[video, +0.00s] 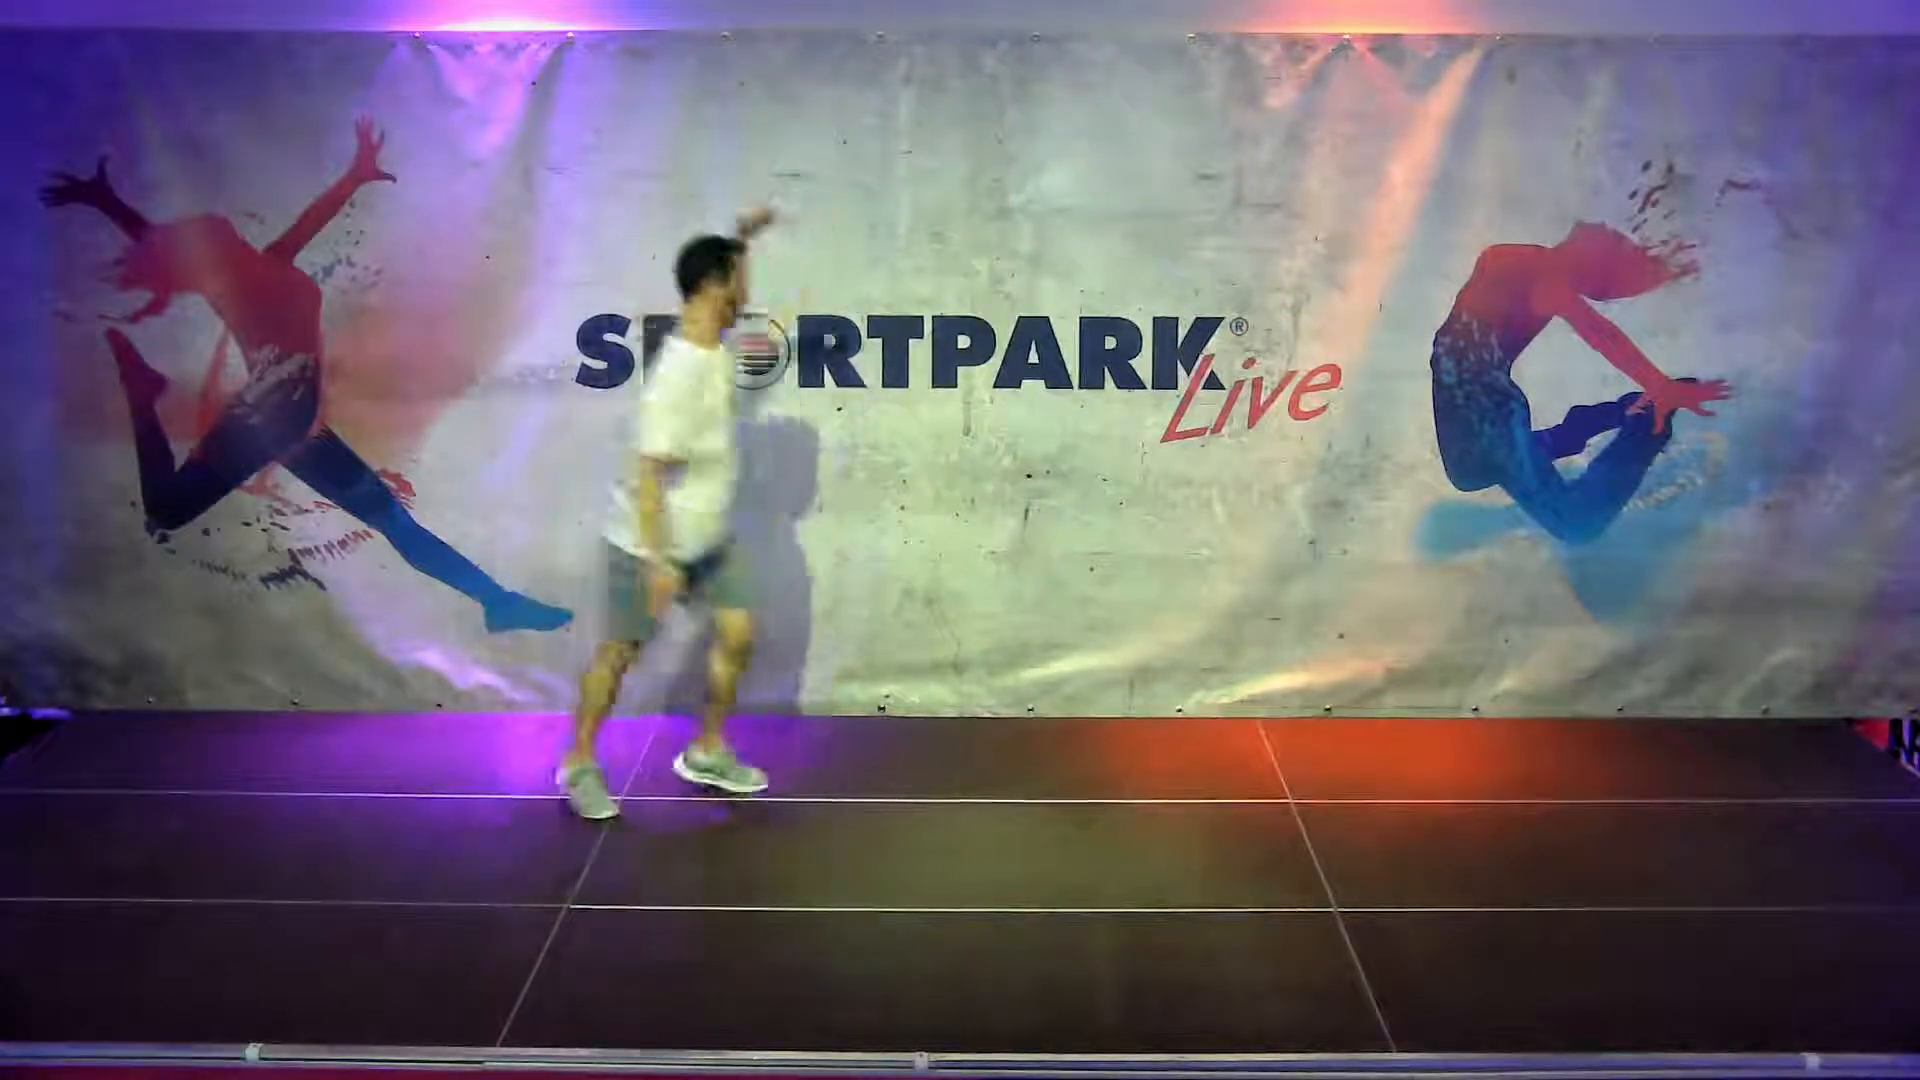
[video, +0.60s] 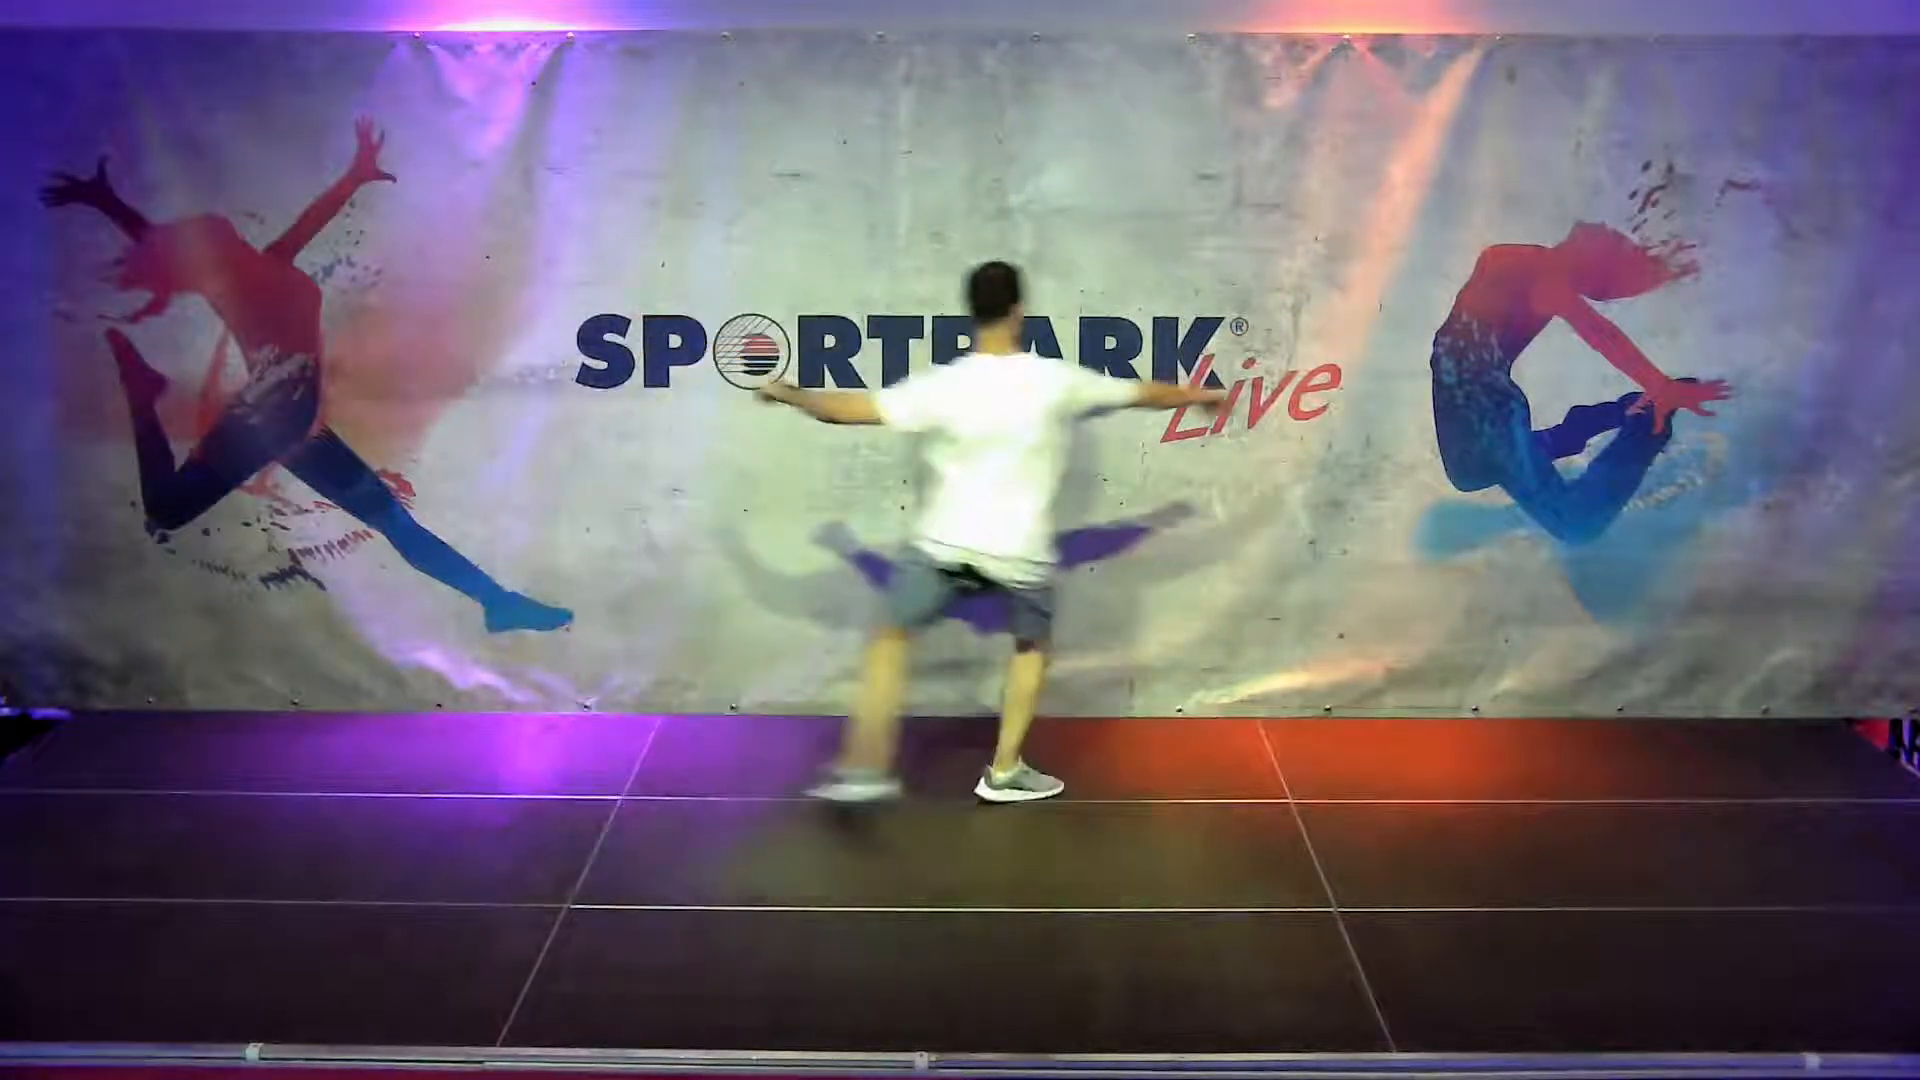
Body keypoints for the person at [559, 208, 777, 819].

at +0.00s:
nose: (744, 289)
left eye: (742, 277)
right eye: (737, 278)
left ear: (702, 287)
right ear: (713, 286)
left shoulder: (712, 349)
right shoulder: (677, 369)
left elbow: (728, 290)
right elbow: (650, 469)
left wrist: (745, 239)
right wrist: (658, 557)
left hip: (704, 528)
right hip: (648, 533)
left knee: (737, 632)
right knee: (619, 649)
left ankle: (709, 748)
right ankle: (580, 761)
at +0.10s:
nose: (789, 296)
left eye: (786, 286)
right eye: (786, 287)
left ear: (735, 285)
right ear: (774, 291)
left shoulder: (693, 326)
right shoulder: (759, 371)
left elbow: (643, 286)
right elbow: (773, 482)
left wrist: (688, 267)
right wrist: (805, 565)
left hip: (699, 508)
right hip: (731, 518)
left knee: (730, 635)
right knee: (718, 644)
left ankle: (706, 754)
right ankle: (619, 742)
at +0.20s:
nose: (846, 299)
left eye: (843, 290)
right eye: (844, 291)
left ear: (797, 285)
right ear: (837, 295)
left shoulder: (743, 315)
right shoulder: (823, 381)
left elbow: (662, 311)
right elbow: (867, 481)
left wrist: (653, 308)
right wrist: (911, 530)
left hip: (712, 502)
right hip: (765, 516)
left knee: (735, 616)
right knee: (806, 632)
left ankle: (714, 749)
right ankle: (726, 747)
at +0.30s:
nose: (889, 320)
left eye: (887, 310)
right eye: (888, 311)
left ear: (839, 302)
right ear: (881, 312)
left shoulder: (776, 338)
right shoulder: (867, 388)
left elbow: (703, 342)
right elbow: (932, 469)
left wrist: (651, 337)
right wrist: (994, 484)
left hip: (733, 516)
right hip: (798, 528)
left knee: (750, 626)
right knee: (873, 624)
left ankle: (725, 758)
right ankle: (876, 764)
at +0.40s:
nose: (923, 335)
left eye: (911, 323)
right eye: (923, 326)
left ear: (867, 322)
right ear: (917, 330)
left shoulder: (821, 371)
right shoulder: (918, 406)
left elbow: (740, 371)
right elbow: (1005, 451)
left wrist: (666, 352)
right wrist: (1066, 453)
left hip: (788, 545)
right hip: (858, 558)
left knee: (769, 646)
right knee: (939, 630)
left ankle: (726, 767)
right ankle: (979, 760)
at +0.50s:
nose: (954, 317)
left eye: (941, 307)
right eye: (959, 308)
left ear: (916, 313)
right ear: (963, 314)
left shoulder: (878, 376)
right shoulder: (988, 387)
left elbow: (793, 394)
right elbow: (1068, 416)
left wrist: (730, 379)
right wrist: (1119, 425)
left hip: (870, 549)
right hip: (944, 557)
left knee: (814, 640)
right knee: (999, 640)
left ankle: (749, 757)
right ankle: (1000, 767)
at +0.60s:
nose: (1018, 316)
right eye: (1019, 307)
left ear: (970, 314)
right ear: (1020, 312)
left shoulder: (944, 384)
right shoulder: (1055, 380)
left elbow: (858, 408)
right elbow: (1138, 393)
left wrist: (794, 394)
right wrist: (1199, 395)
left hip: (946, 545)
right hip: (1020, 551)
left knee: (891, 631)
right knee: (1032, 647)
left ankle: (867, 766)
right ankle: (1005, 769)